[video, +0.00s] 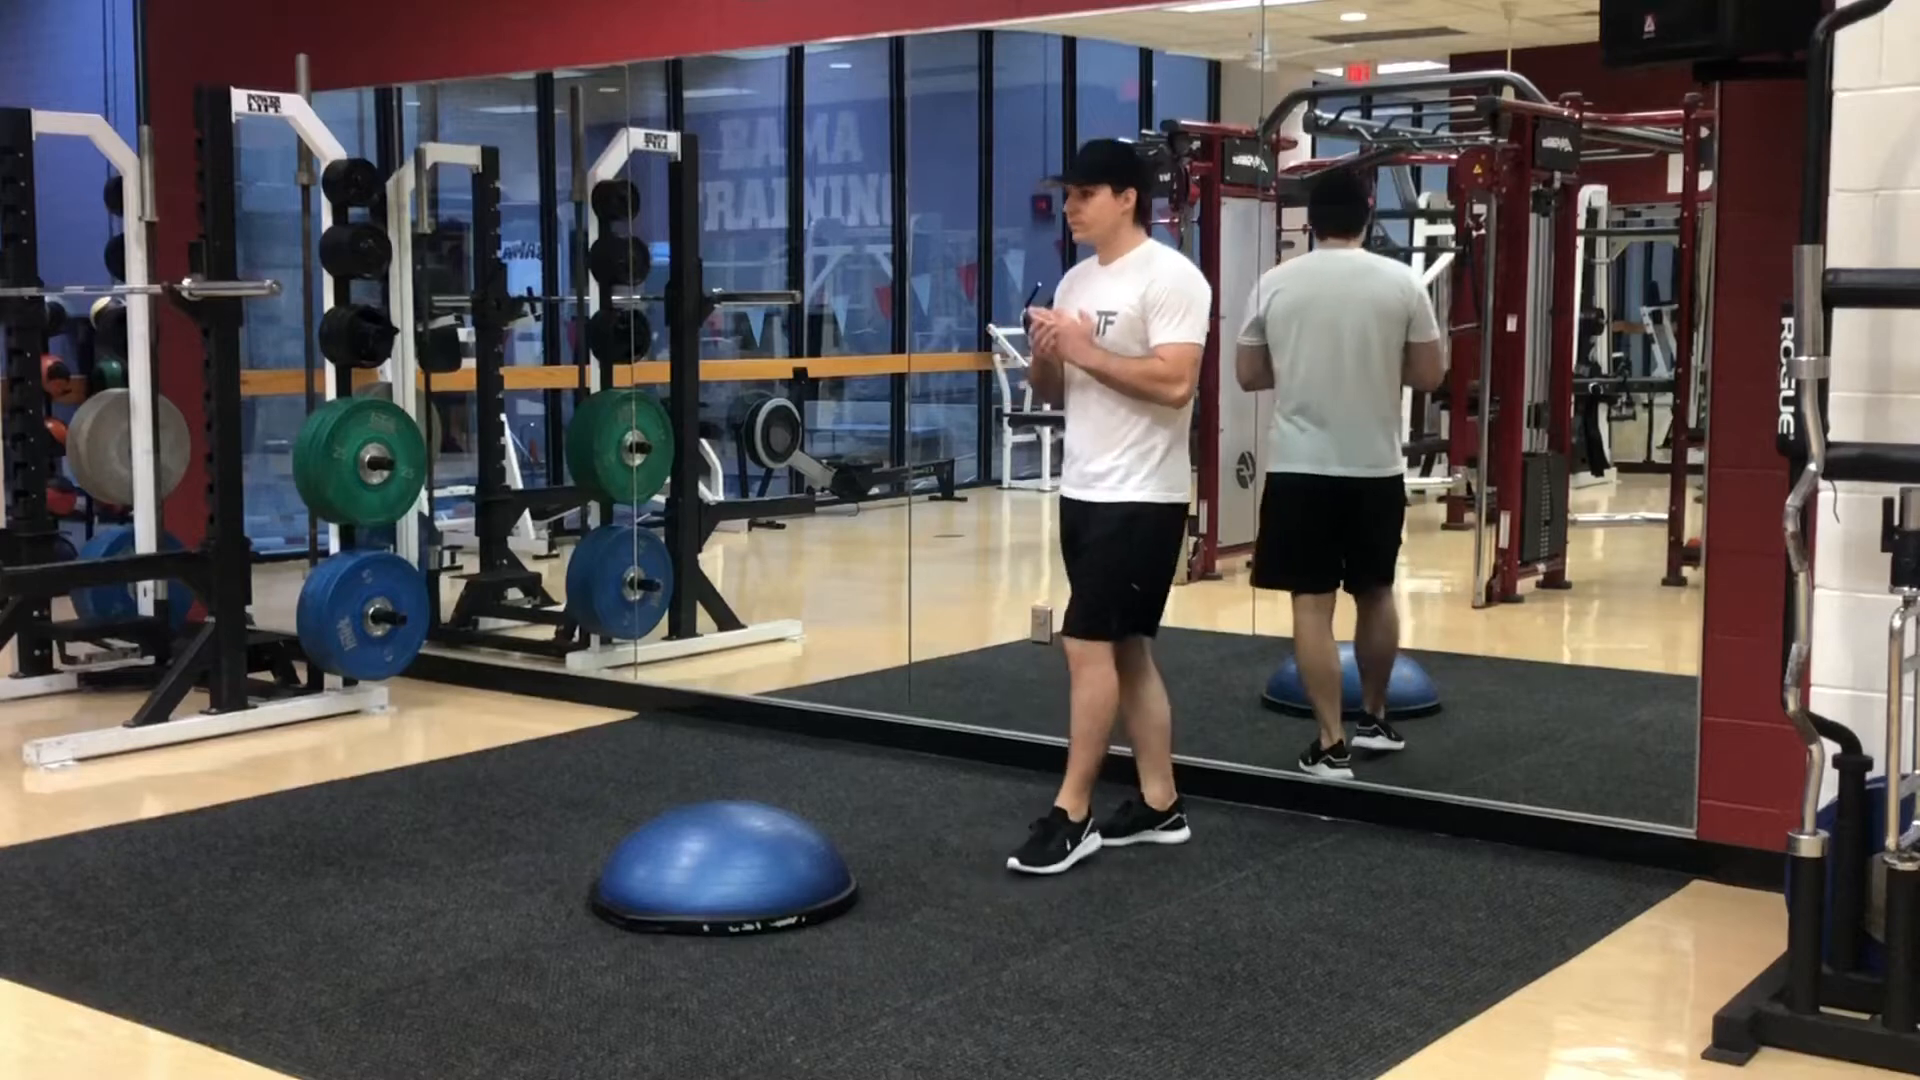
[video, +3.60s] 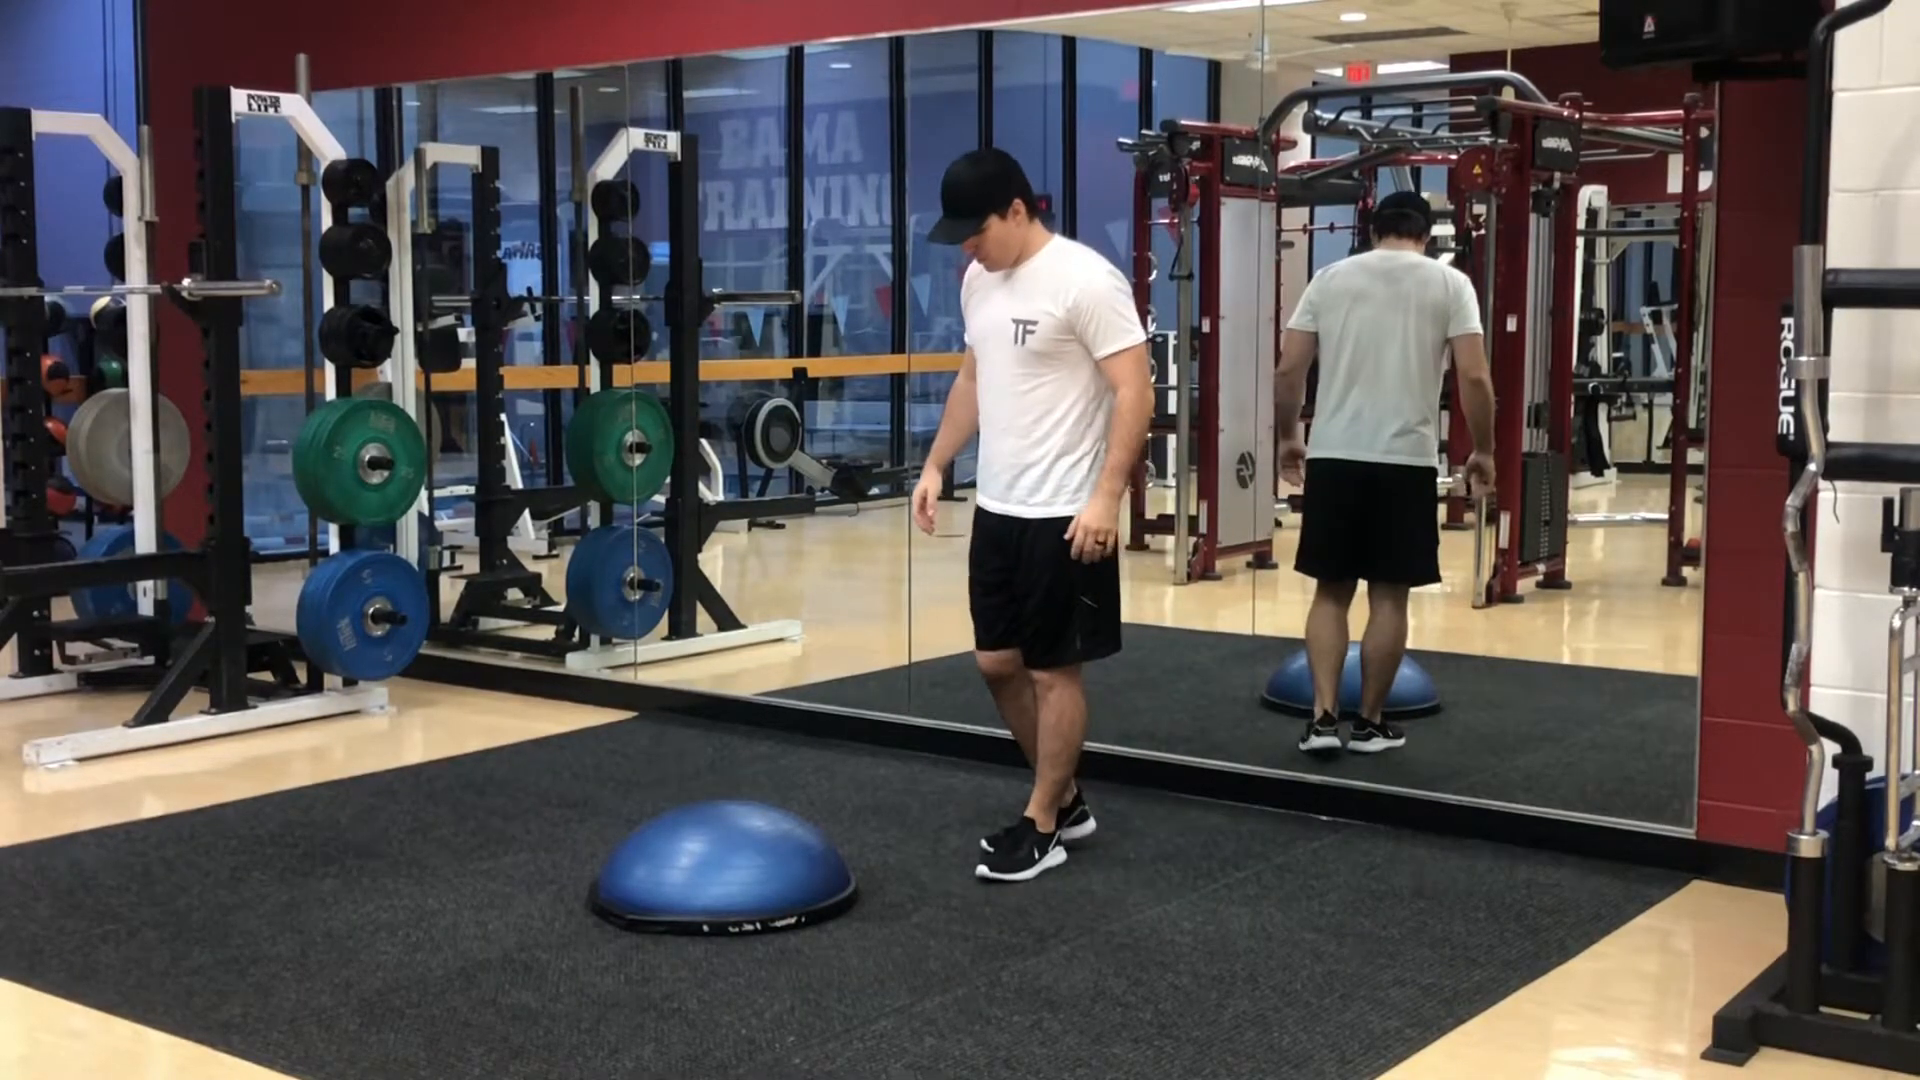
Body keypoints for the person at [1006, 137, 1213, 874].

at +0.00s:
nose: (1071, 209)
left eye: (1084, 195)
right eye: (1069, 196)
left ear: (1125, 198)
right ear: (1090, 203)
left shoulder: (1175, 277)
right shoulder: (1075, 281)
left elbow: (1175, 385)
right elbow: (1051, 393)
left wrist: (1084, 354)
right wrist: (1043, 353)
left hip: (1144, 494)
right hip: (1085, 490)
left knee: (1087, 641)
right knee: (1130, 651)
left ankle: (1071, 810)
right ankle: (1161, 803)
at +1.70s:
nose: (1100, 213)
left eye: (1112, 199)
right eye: (1095, 201)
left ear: (1154, 198)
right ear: (1096, 205)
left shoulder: (1194, 275)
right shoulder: (1092, 284)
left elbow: (1166, 384)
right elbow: (1069, 373)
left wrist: (1087, 443)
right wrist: (1044, 426)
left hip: (1158, 495)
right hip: (1097, 490)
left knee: (1121, 652)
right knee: (1126, 652)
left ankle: (1091, 813)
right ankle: (1161, 801)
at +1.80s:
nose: (1093, 224)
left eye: (1104, 209)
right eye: (1088, 212)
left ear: (1145, 202)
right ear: (1094, 212)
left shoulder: (1193, 277)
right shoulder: (1093, 286)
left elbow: (1183, 391)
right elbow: (1077, 384)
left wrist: (1133, 477)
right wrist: (1045, 450)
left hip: (1159, 495)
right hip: (1097, 489)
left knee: (1119, 652)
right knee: (1126, 653)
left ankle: (1092, 813)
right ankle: (1161, 802)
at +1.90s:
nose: (1084, 235)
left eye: (1091, 220)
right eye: (1081, 223)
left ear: (1130, 207)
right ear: (1111, 214)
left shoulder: (1189, 278)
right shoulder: (1093, 288)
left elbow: (1209, 394)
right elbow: (1079, 391)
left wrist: (1204, 497)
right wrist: (1047, 477)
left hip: (1151, 499)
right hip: (1094, 495)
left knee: (1111, 647)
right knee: (1128, 653)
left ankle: (1090, 812)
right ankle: (1161, 802)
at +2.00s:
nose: (1074, 242)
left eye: (1080, 227)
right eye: (1068, 230)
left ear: (1121, 209)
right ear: (1091, 219)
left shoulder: (1185, 278)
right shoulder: (1087, 287)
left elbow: (1230, 383)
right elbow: (1084, 391)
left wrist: (1255, 486)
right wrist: (1068, 482)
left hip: (1157, 501)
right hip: (1094, 498)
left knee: (1097, 646)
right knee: (1130, 652)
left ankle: (1087, 810)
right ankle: (1160, 803)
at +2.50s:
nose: (1027, 257)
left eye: (1033, 241)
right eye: (1019, 245)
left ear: (1075, 220)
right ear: (1042, 231)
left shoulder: (1140, 285)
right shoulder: (1035, 291)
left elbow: (1185, 393)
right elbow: (1038, 392)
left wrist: (1149, 493)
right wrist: (1005, 475)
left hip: (1117, 510)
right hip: (1057, 509)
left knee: (1077, 664)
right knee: (1105, 664)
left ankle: (1042, 822)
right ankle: (1158, 803)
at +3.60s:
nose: (969, 250)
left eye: (976, 233)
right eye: (963, 237)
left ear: (1017, 211)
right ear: (991, 220)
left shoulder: (1088, 279)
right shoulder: (978, 280)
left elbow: (1136, 392)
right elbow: (975, 377)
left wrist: (1107, 496)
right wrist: (936, 463)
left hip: (1066, 512)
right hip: (999, 509)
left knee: (1056, 668)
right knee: (999, 662)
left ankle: (1041, 824)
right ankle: (1066, 797)